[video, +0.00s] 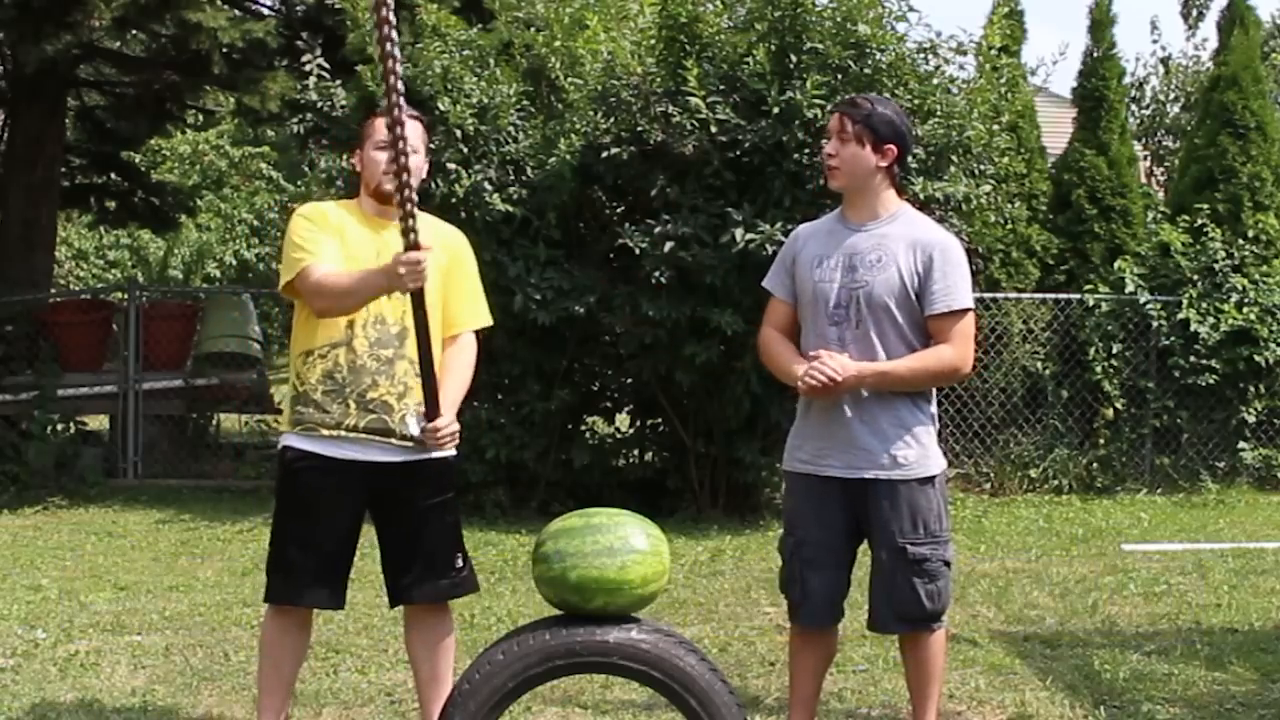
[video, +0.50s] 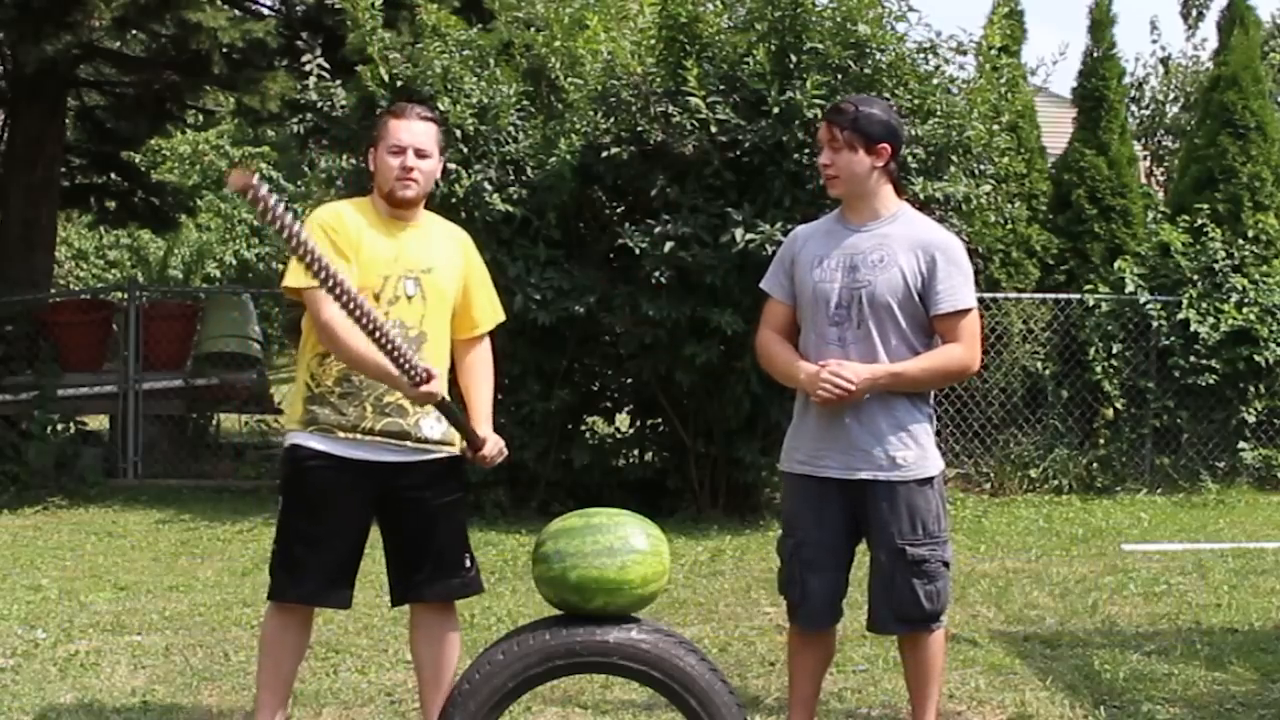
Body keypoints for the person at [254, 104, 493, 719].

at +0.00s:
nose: (398, 157)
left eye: (409, 148)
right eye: (385, 146)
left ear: (426, 163)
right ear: (357, 158)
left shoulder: (448, 240)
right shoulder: (314, 221)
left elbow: (462, 336)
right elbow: (317, 292)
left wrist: (445, 407)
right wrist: (384, 277)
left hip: (417, 453)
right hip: (320, 449)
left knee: (430, 599)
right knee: (292, 600)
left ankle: (438, 715)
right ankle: (271, 715)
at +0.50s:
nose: (409, 164)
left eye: (422, 154)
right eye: (396, 151)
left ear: (440, 167)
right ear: (371, 159)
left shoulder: (456, 245)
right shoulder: (330, 223)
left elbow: (473, 342)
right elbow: (329, 322)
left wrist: (481, 423)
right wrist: (396, 374)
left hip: (425, 454)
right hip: (328, 449)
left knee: (437, 597)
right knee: (295, 595)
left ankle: (439, 716)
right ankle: (269, 714)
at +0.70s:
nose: (408, 167)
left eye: (421, 156)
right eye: (395, 154)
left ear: (440, 168)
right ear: (371, 161)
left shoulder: (460, 245)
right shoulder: (332, 228)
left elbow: (478, 343)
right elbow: (319, 332)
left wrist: (487, 426)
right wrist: (390, 386)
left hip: (428, 455)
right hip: (332, 452)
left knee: (442, 601)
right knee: (296, 596)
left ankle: (440, 718)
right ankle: (269, 714)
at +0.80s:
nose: (406, 166)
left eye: (420, 155)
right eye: (393, 153)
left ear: (439, 167)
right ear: (370, 161)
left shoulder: (460, 245)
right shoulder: (329, 228)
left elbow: (478, 343)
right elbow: (319, 331)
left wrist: (488, 431)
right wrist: (387, 381)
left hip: (428, 455)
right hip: (331, 451)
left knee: (440, 600)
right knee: (296, 596)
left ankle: (440, 717)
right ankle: (269, 714)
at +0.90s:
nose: (403, 162)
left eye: (417, 152)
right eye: (390, 150)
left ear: (437, 165)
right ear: (367, 159)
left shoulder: (458, 245)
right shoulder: (325, 225)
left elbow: (476, 346)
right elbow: (316, 325)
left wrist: (490, 437)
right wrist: (389, 372)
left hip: (427, 454)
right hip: (329, 450)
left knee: (437, 600)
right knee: (295, 596)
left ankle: (440, 718)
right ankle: (269, 715)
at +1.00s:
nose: (398, 157)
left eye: (412, 146)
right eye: (385, 145)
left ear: (432, 159)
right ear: (363, 156)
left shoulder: (456, 244)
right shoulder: (324, 223)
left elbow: (475, 350)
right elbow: (314, 321)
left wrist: (490, 446)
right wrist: (390, 364)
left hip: (426, 453)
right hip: (327, 449)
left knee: (434, 600)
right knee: (293, 597)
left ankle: (439, 717)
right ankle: (268, 715)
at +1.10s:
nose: (391, 152)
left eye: (404, 142)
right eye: (378, 142)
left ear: (427, 156)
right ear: (359, 153)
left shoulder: (453, 242)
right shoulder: (321, 223)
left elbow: (476, 342)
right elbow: (310, 321)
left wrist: (491, 430)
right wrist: (392, 355)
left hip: (421, 452)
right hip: (325, 449)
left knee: (431, 599)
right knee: (292, 597)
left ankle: (439, 717)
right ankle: (268, 715)